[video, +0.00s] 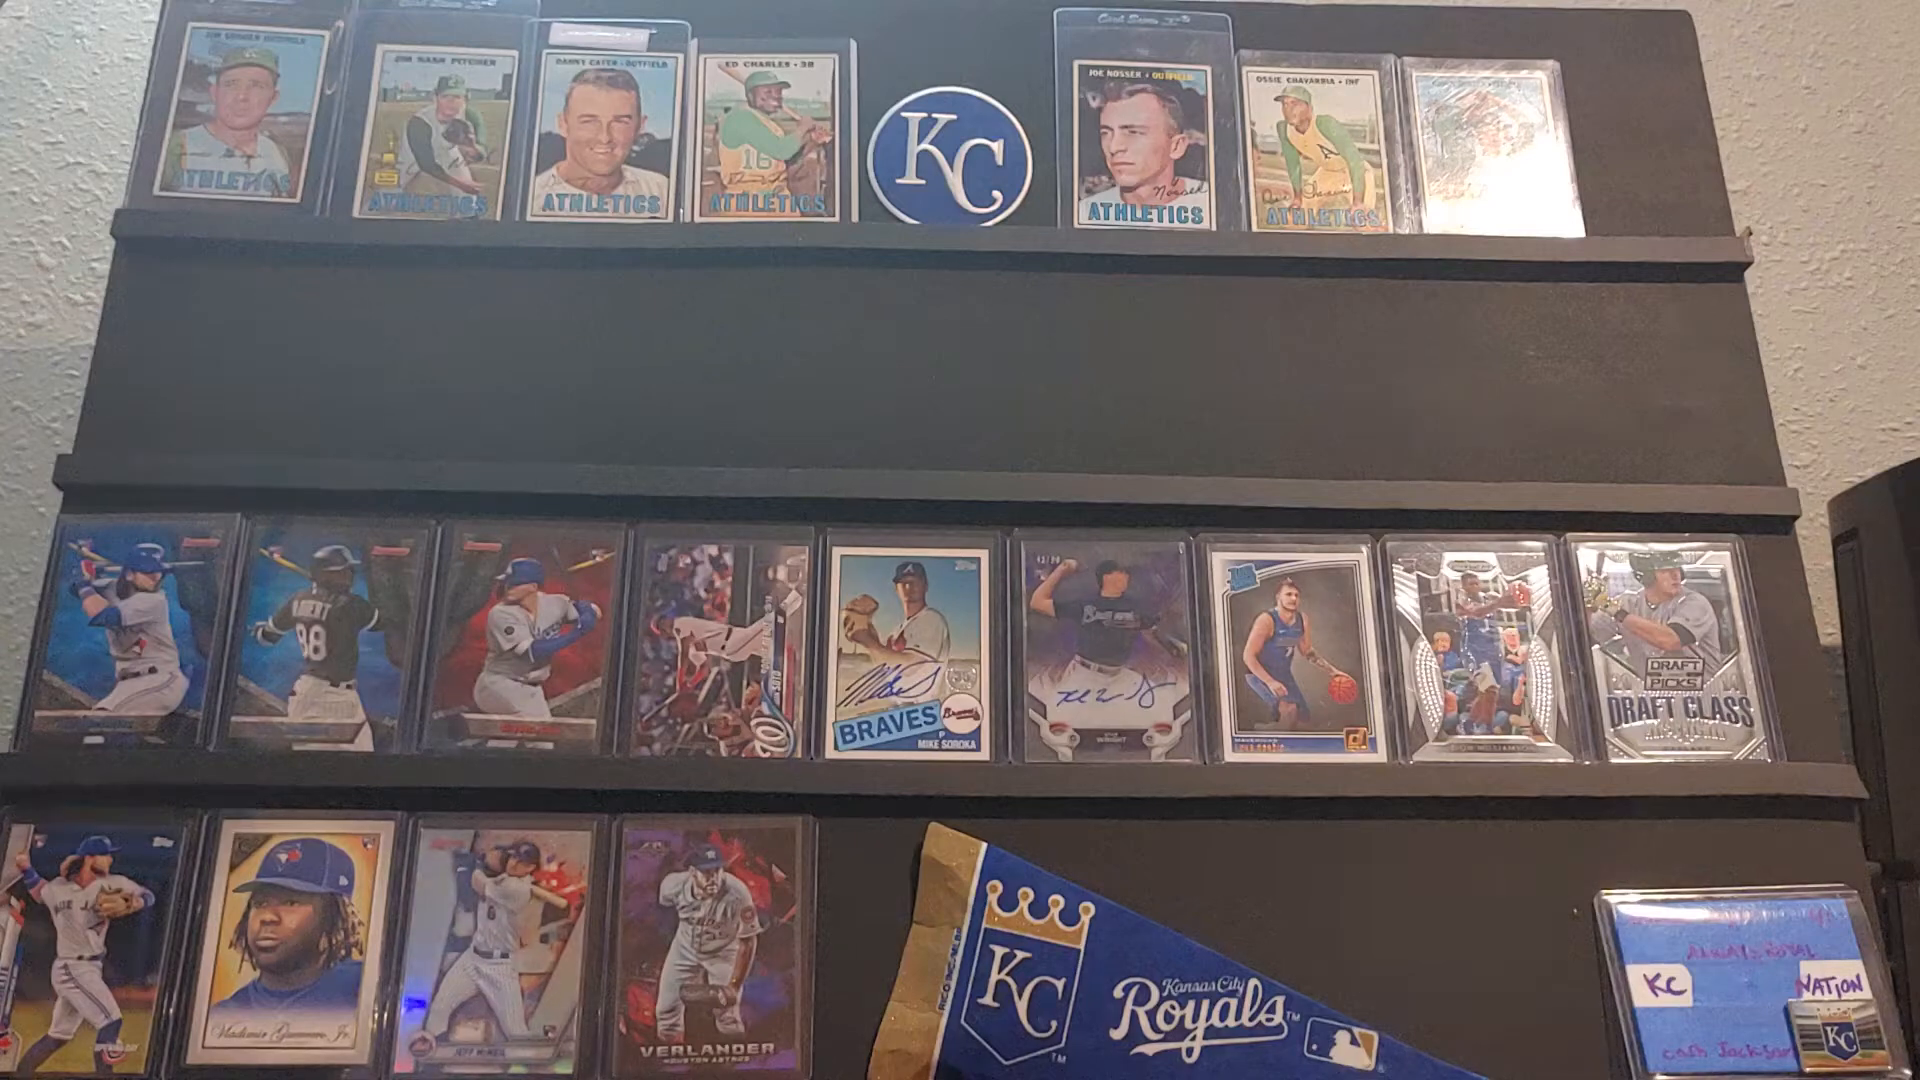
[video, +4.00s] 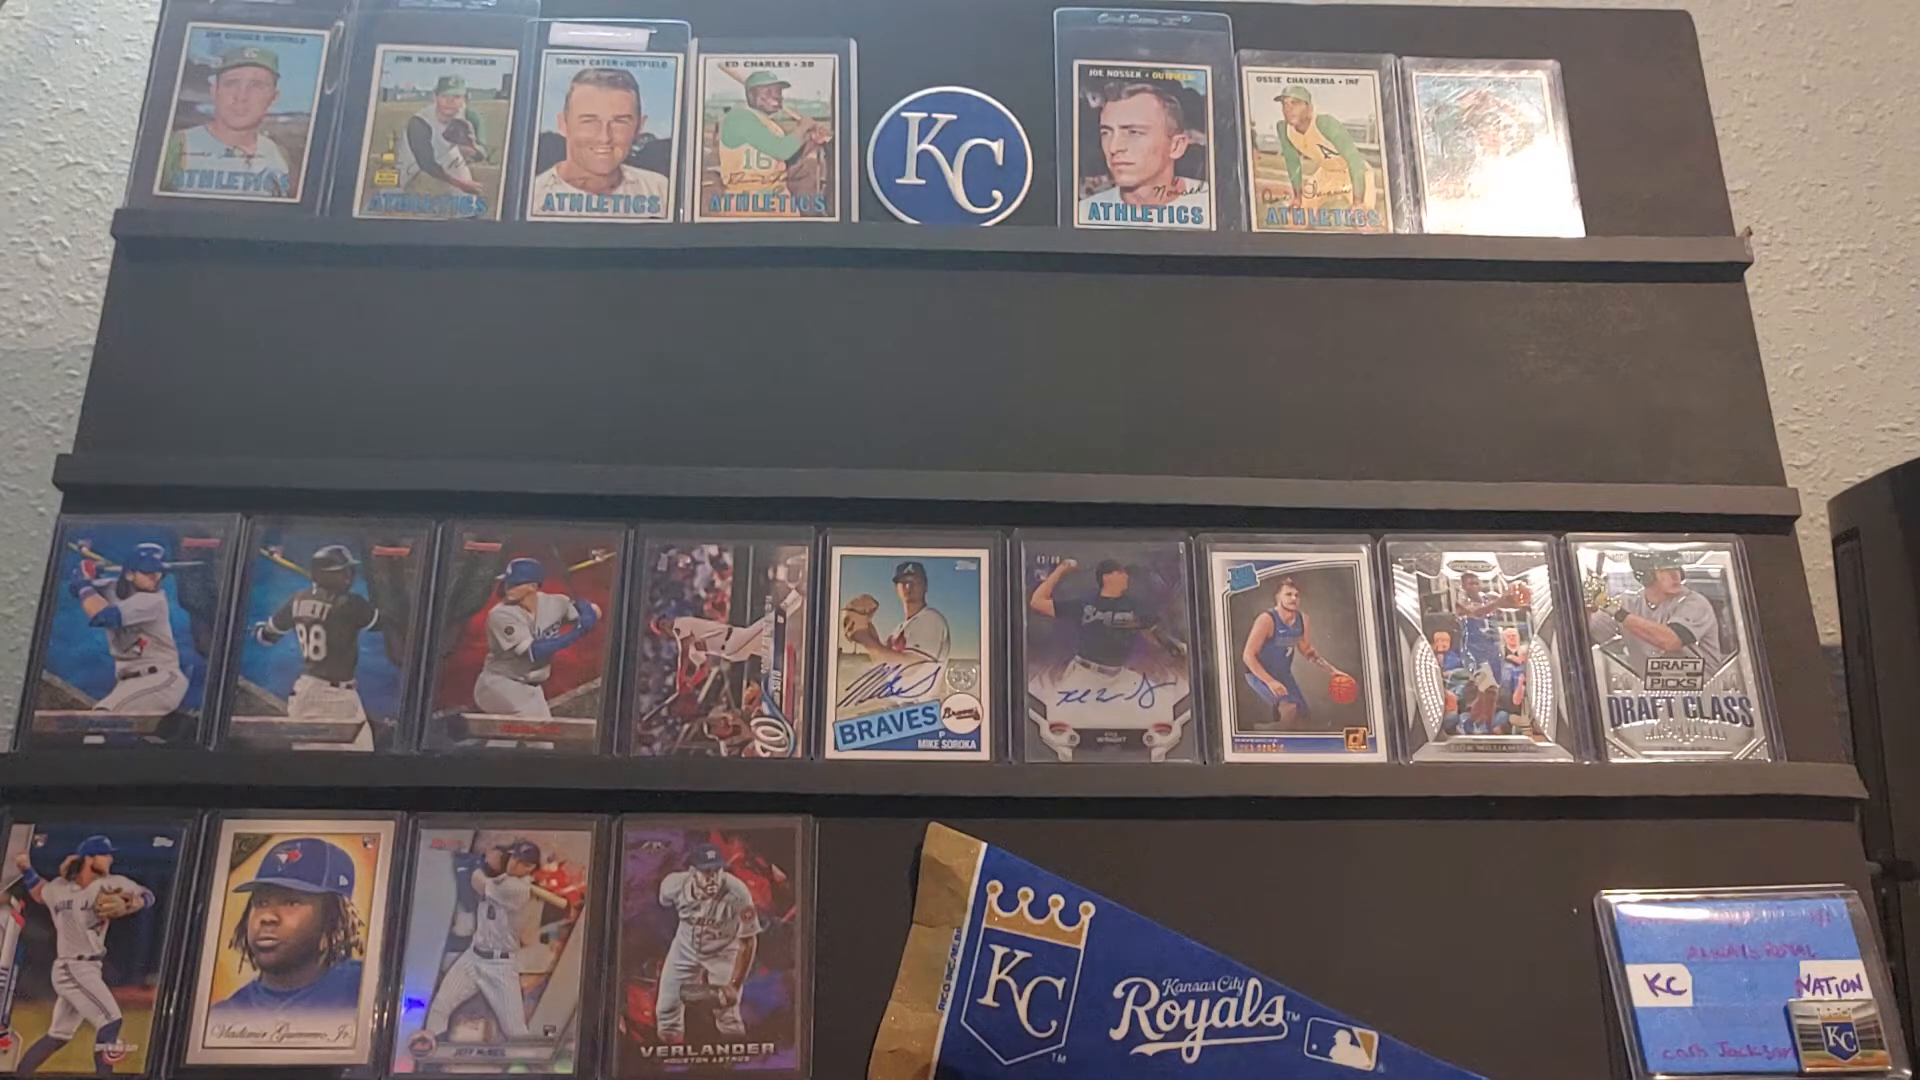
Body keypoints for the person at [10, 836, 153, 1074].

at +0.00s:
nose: (110, 859)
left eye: (110, 855)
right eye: (105, 855)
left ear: (98, 860)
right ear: (89, 859)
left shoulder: (112, 884)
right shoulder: (58, 888)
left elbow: (149, 896)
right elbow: (40, 890)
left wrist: (133, 904)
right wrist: (26, 869)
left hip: (90, 969)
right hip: (70, 969)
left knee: (59, 1035)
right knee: (111, 1020)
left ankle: (21, 1072)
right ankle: (105, 1073)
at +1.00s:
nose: (110, 860)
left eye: (109, 855)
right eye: (104, 855)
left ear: (98, 861)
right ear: (89, 859)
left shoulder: (112, 884)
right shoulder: (58, 888)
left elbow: (148, 896)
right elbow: (39, 891)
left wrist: (132, 904)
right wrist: (26, 869)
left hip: (91, 968)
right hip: (71, 969)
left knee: (58, 1035)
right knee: (110, 1020)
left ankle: (20, 1073)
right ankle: (104, 1074)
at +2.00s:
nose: (110, 860)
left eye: (110, 855)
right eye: (105, 855)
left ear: (98, 861)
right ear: (89, 859)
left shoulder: (111, 884)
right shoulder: (58, 888)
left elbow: (148, 896)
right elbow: (39, 892)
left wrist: (133, 904)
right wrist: (27, 870)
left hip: (90, 968)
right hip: (70, 969)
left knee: (58, 1036)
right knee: (111, 1019)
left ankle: (20, 1073)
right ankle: (104, 1074)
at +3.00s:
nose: (110, 859)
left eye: (110, 855)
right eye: (105, 855)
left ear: (98, 860)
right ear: (89, 859)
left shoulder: (111, 884)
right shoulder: (58, 888)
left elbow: (148, 896)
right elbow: (40, 892)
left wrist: (132, 904)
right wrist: (26, 870)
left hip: (90, 969)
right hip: (71, 969)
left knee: (58, 1036)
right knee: (111, 1020)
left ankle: (20, 1073)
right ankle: (104, 1074)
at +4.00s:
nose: (110, 859)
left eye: (110, 855)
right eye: (105, 855)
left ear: (97, 861)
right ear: (90, 859)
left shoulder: (111, 884)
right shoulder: (58, 889)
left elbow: (148, 896)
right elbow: (39, 890)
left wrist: (130, 905)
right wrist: (26, 869)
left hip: (91, 969)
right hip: (71, 969)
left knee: (58, 1036)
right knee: (111, 1019)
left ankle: (19, 1073)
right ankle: (104, 1073)